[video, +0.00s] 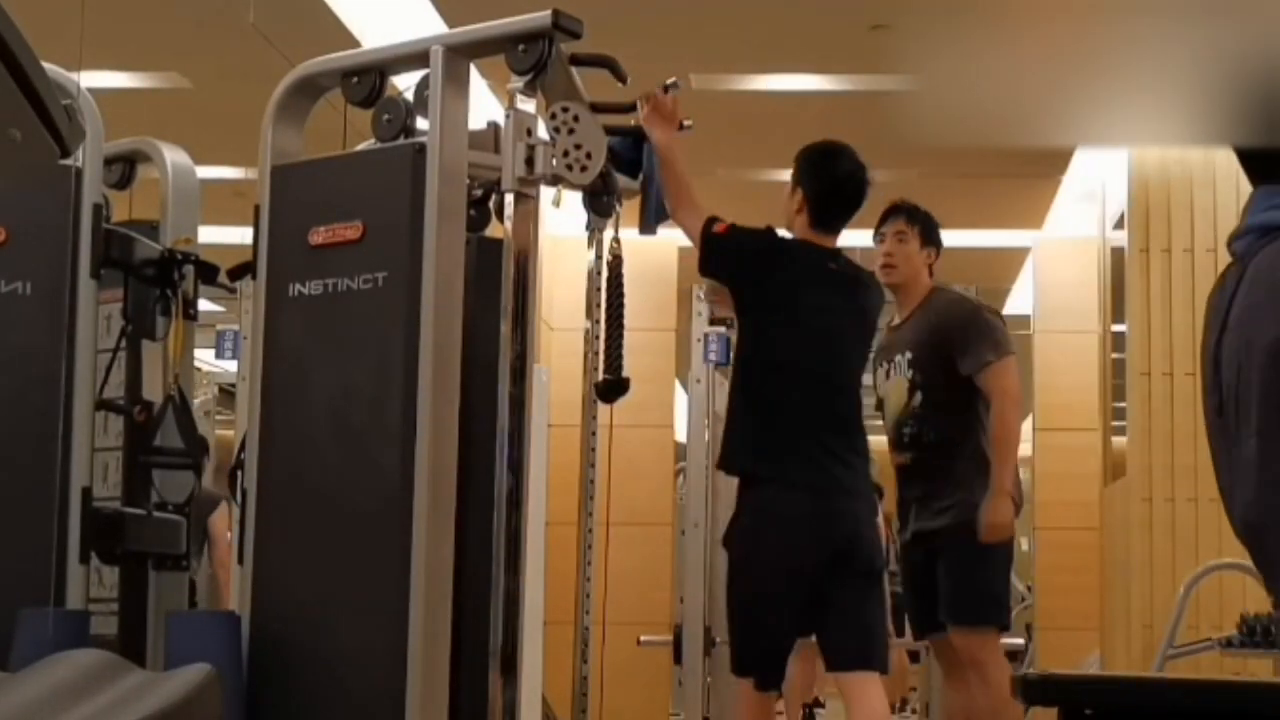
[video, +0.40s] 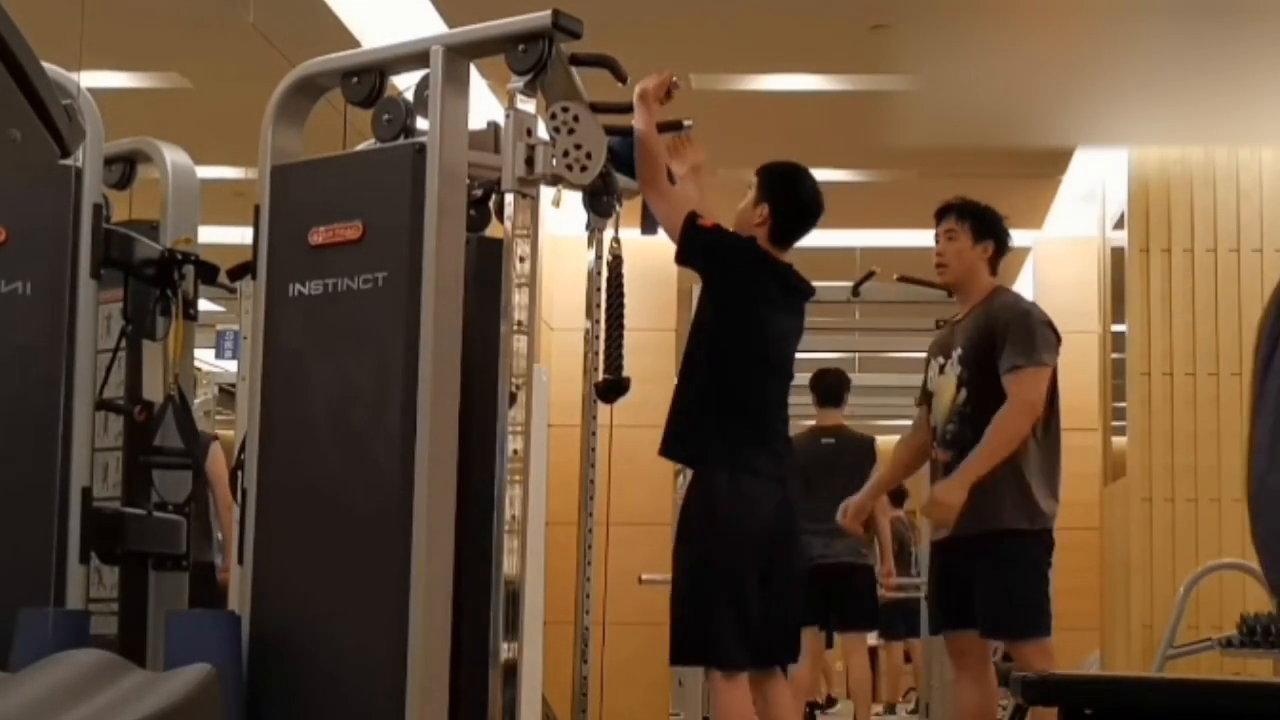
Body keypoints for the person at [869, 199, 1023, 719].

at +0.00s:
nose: (887, 250)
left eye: (901, 239)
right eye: (881, 240)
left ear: (930, 255)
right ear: (874, 253)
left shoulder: (960, 313)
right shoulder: (886, 338)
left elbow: (1008, 396)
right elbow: (894, 434)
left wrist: (1001, 493)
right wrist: (893, 510)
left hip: (969, 509)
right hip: (918, 516)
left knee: (976, 642)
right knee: (945, 647)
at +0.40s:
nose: (937, 251)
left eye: (950, 239)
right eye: (936, 241)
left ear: (988, 249)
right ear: (939, 251)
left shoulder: (1018, 317)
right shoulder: (947, 338)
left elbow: (1025, 408)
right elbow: (924, 430)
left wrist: (960, 481)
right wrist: (872, 490)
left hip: (1013, 517)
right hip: (957, 520)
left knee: (1029, 653)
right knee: (966, 653)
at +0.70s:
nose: (959, 246)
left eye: (972, 234)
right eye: (963, 234)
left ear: (1005, 248)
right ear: (994, 250)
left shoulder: (1041, 322)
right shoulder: (974, 339)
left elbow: (1056, 421)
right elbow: (964, 430)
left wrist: (996, 501)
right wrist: (921, 487)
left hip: (1043, 521)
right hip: (988, 519)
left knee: (1052, 657)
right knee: (978, 652)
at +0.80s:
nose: (964, 246)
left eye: (977, 234)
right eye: (968, 235)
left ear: (1010, 248)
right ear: (995, 250)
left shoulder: (1044, 325)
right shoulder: (983, 338)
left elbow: (1063, 428)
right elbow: (977, 434)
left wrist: (1040, 525)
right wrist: (940, 505)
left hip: (1046, 524)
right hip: (994, 522)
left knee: (1056, 658)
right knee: (972, 645)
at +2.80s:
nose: (973, 254)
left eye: (985, 243)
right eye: (972, 244)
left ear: (1021, 253)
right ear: (975, 254)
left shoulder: (1046, 325)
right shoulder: (983, 341)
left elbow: (1060, 415)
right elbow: (966, 444)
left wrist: (1017, 501)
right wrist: (925, 518)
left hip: (1031, 524)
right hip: (990, 523)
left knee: (1040, 660)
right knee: (1009, 660)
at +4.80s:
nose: (973, 255)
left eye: (985, 243)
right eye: (972, 244)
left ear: (1020, 250)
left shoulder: (1046, 325)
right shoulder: (995, 337)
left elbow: (1055, 424)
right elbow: (973, 440)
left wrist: (1015, 508)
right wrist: (934, 517)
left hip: (1032, 526)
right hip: (992, 525)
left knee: (1041, 667)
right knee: (1004, 661)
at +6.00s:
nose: (978, 256)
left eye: (990, 244)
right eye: (977, 246)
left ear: (1026, 251)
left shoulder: (1051, 324)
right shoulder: (989, 339)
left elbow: (1063, 421)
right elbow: (969, 436)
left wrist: (1018, 506)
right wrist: (929, 512)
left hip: (1033, 527)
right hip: (992, 525)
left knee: (1040, 667)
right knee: (1004, 662)